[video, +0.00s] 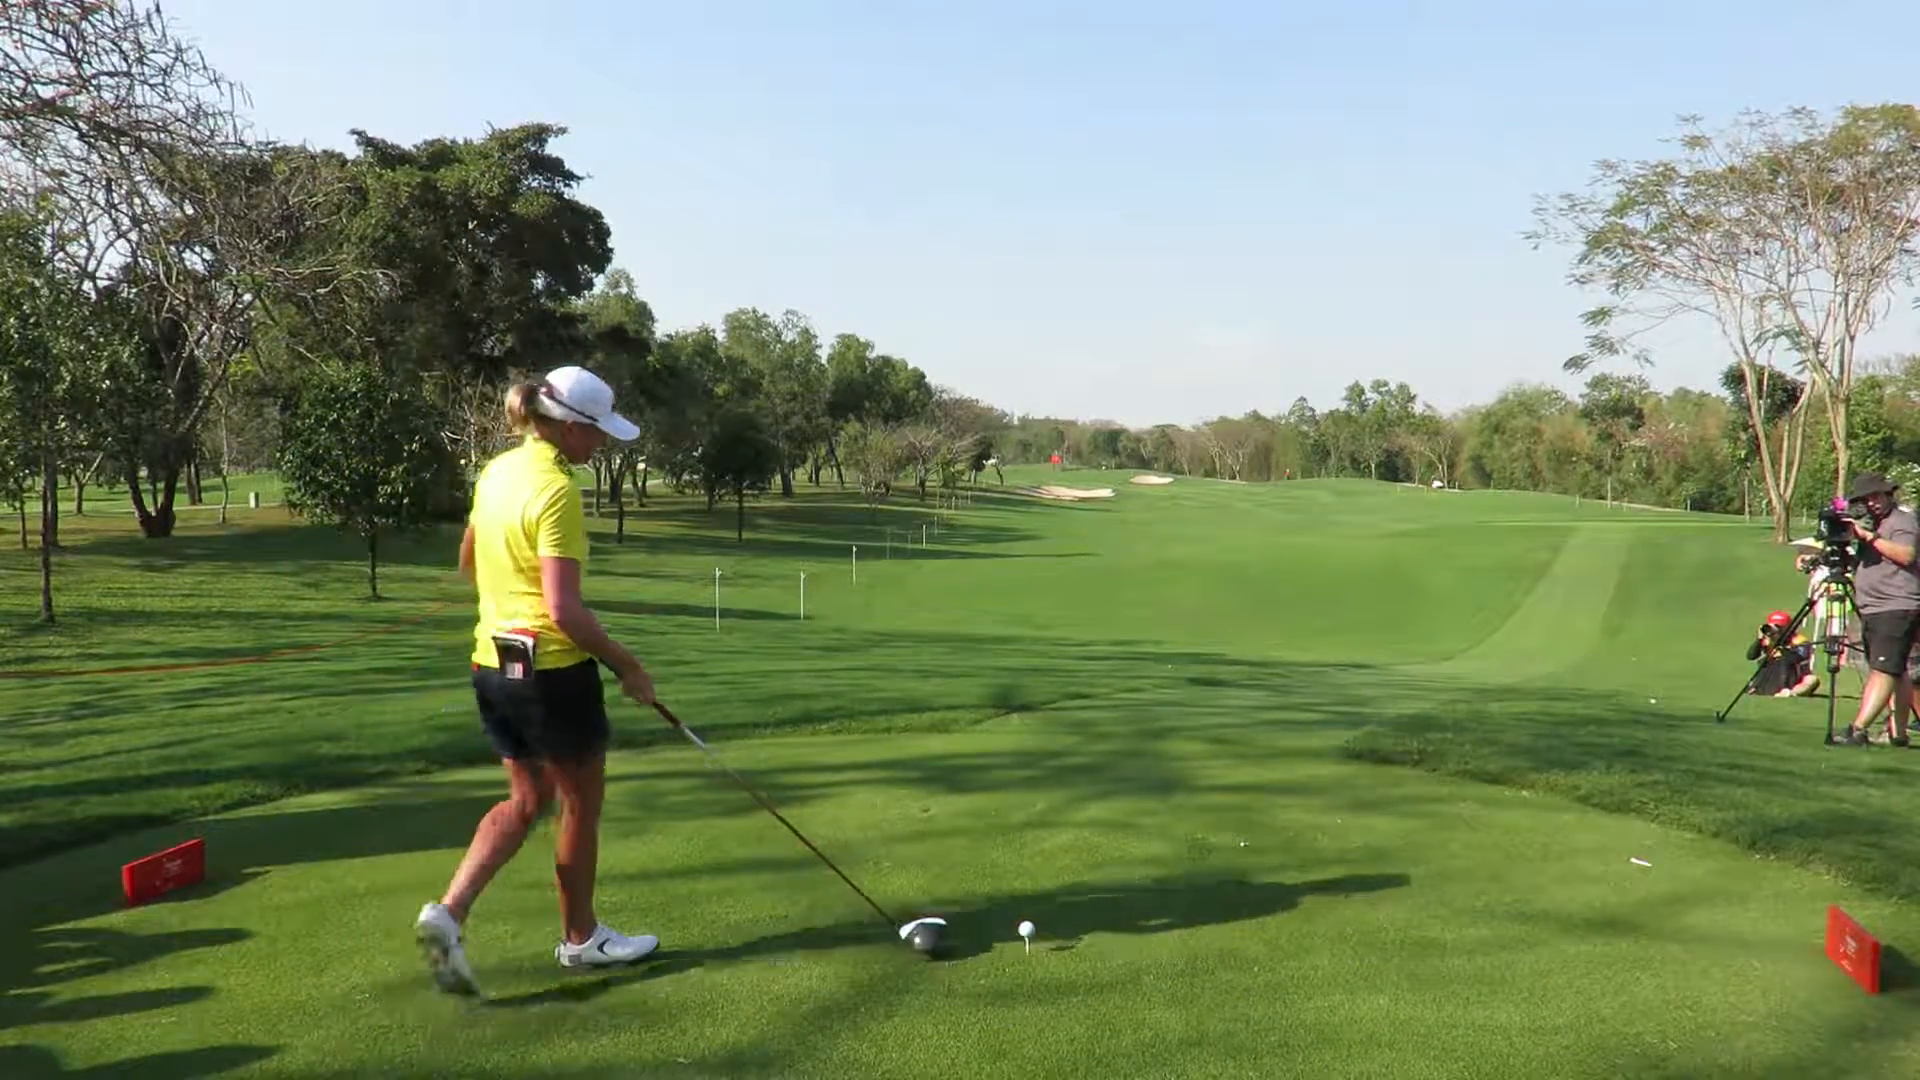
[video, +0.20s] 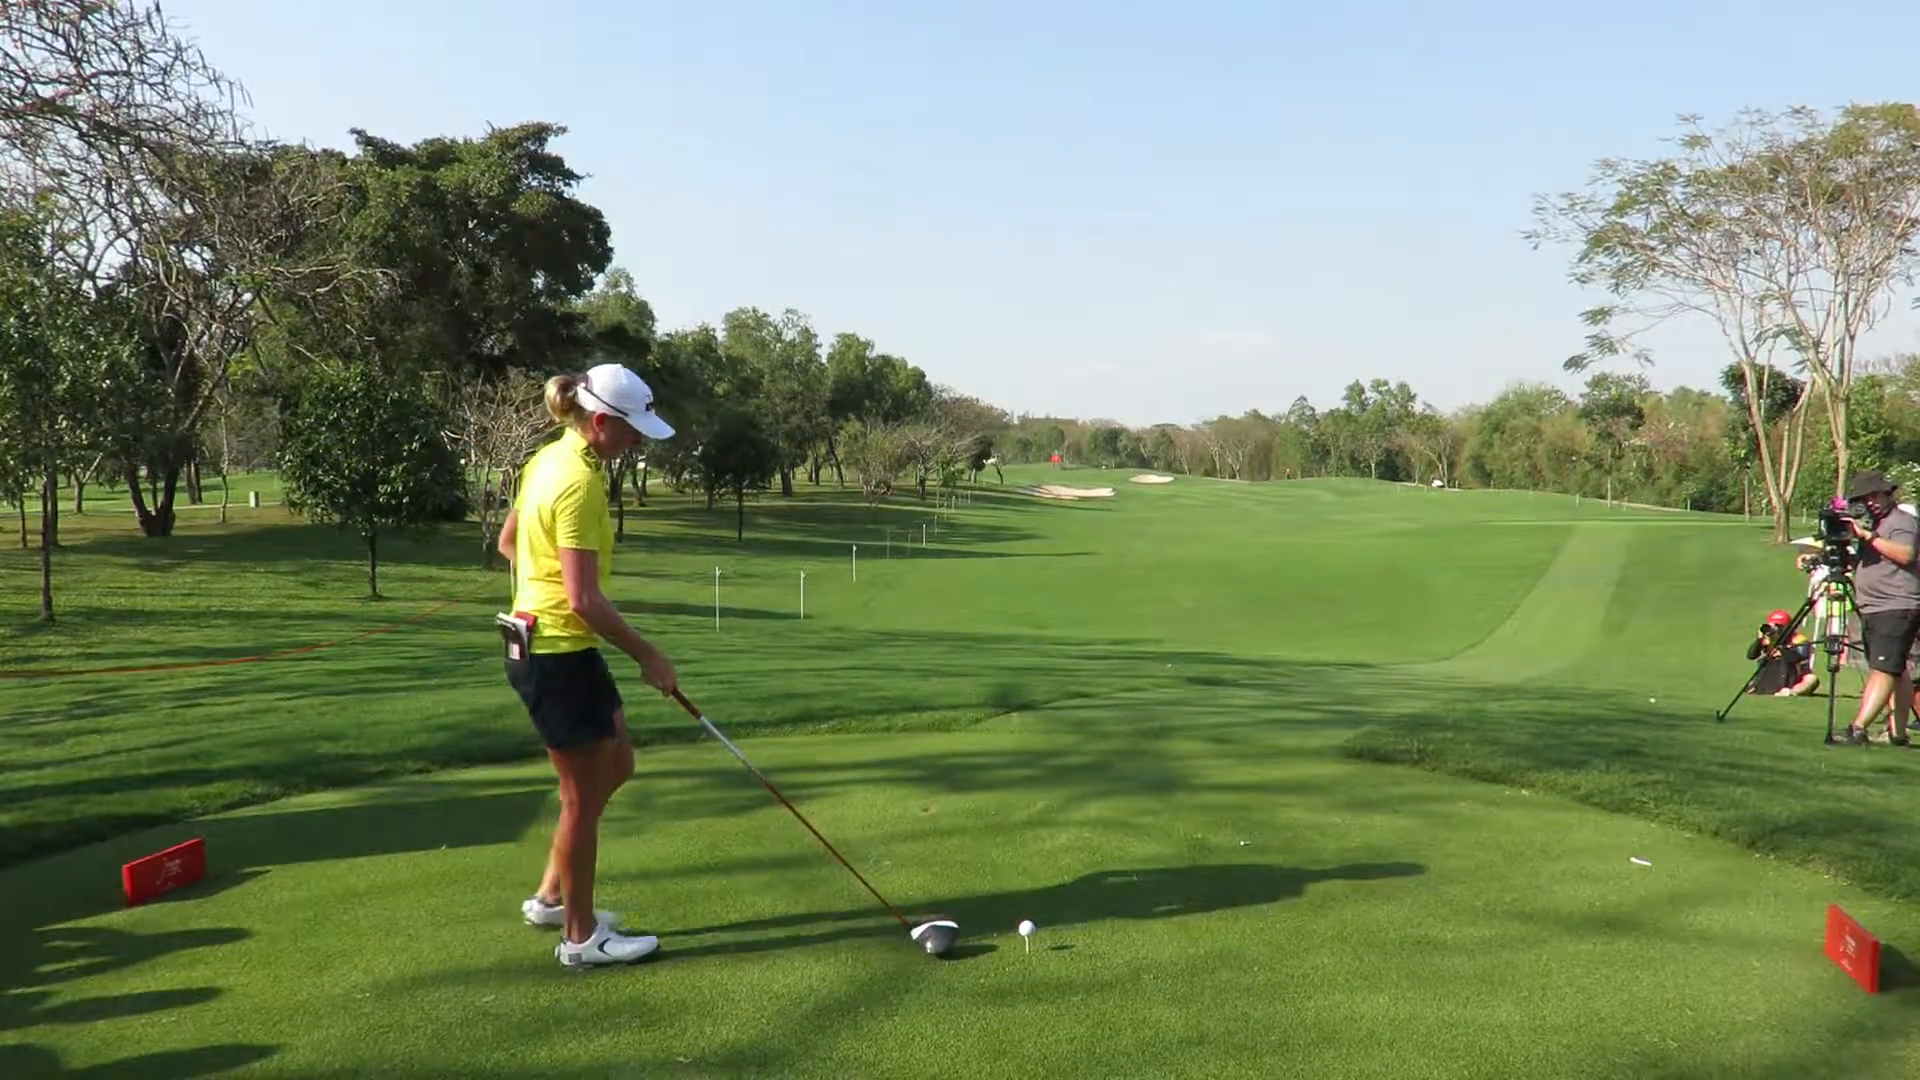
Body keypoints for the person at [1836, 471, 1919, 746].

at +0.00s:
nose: (1871, 505)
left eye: (1875, 498)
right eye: (1866, 501)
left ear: (1889, 496)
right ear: (1863, 503)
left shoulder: (1902, 521)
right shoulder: (1873, 525)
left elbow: (1906, 556)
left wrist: (1870, 538)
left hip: (1897, 606)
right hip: (1874, 607)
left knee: (1884, 668)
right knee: (1894, 672)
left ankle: (1858, 727)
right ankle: (1898, 731)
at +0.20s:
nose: (1869, 505)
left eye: (1873, 498)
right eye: (1864, 500)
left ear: (1887, 495)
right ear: (1862, 503)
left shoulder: (1903, 521)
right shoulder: (1873, 525)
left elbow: (1906, 555)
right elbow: (1864, 562)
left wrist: (1868, 537)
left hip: (1898, 606)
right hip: (1874, 607)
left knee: (1884, 667)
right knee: (1893, 670)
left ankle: (1858, 727)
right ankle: (1898, 730)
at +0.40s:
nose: (1869, 503)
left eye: (1873, 496)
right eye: (1864, 498)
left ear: (1887, 493)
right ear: (1862, 501)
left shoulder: (1902, 519)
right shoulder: (1873, 523)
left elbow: (1905, 553)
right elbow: (1864, 560)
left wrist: (1867, 534)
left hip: (1897, 604)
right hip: (1873, 605)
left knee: (1883, 666)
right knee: (1891, 668)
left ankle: (1858, 725)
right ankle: (1898, 728)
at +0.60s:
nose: (1869, 498)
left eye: (1873, 492)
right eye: (1864, 494)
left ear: (1887, 488)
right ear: (1863, 496)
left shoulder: (1902, 515)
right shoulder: (1875, 518)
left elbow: (1903, 548)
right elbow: (1868, 555)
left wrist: (1865, 529)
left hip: (1896, 599)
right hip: (1874, 600)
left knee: (1883, 661)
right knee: (1893, 664)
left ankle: (1858, 720)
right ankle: (1898, 724)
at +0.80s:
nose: (1868, 490)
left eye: (1872, 483)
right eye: (1864, 485)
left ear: (1886, 480)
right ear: (1863, 487)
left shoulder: (1902, 506)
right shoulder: (1875, 509)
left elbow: (1902, 539)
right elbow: (1867, 544)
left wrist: (1864, 521)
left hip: (1896, 591)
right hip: (1874, 591)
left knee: (1882, 653)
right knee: (1893, 656)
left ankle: (1857, 712)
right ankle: (1897, 715)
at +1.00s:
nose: (1868, 475)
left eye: (1872, 469)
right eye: (1864, 471)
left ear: (1886, 466)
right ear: (1864, 473)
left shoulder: (1901, 490)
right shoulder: (1876, 494)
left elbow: (1901, 524)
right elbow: (1867, 531)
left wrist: (1865, 508)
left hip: (1896, 577)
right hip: (1875, 577)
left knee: (1882, 638)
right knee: (1894, 642)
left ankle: (1856, 697)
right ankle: (1898, 702)